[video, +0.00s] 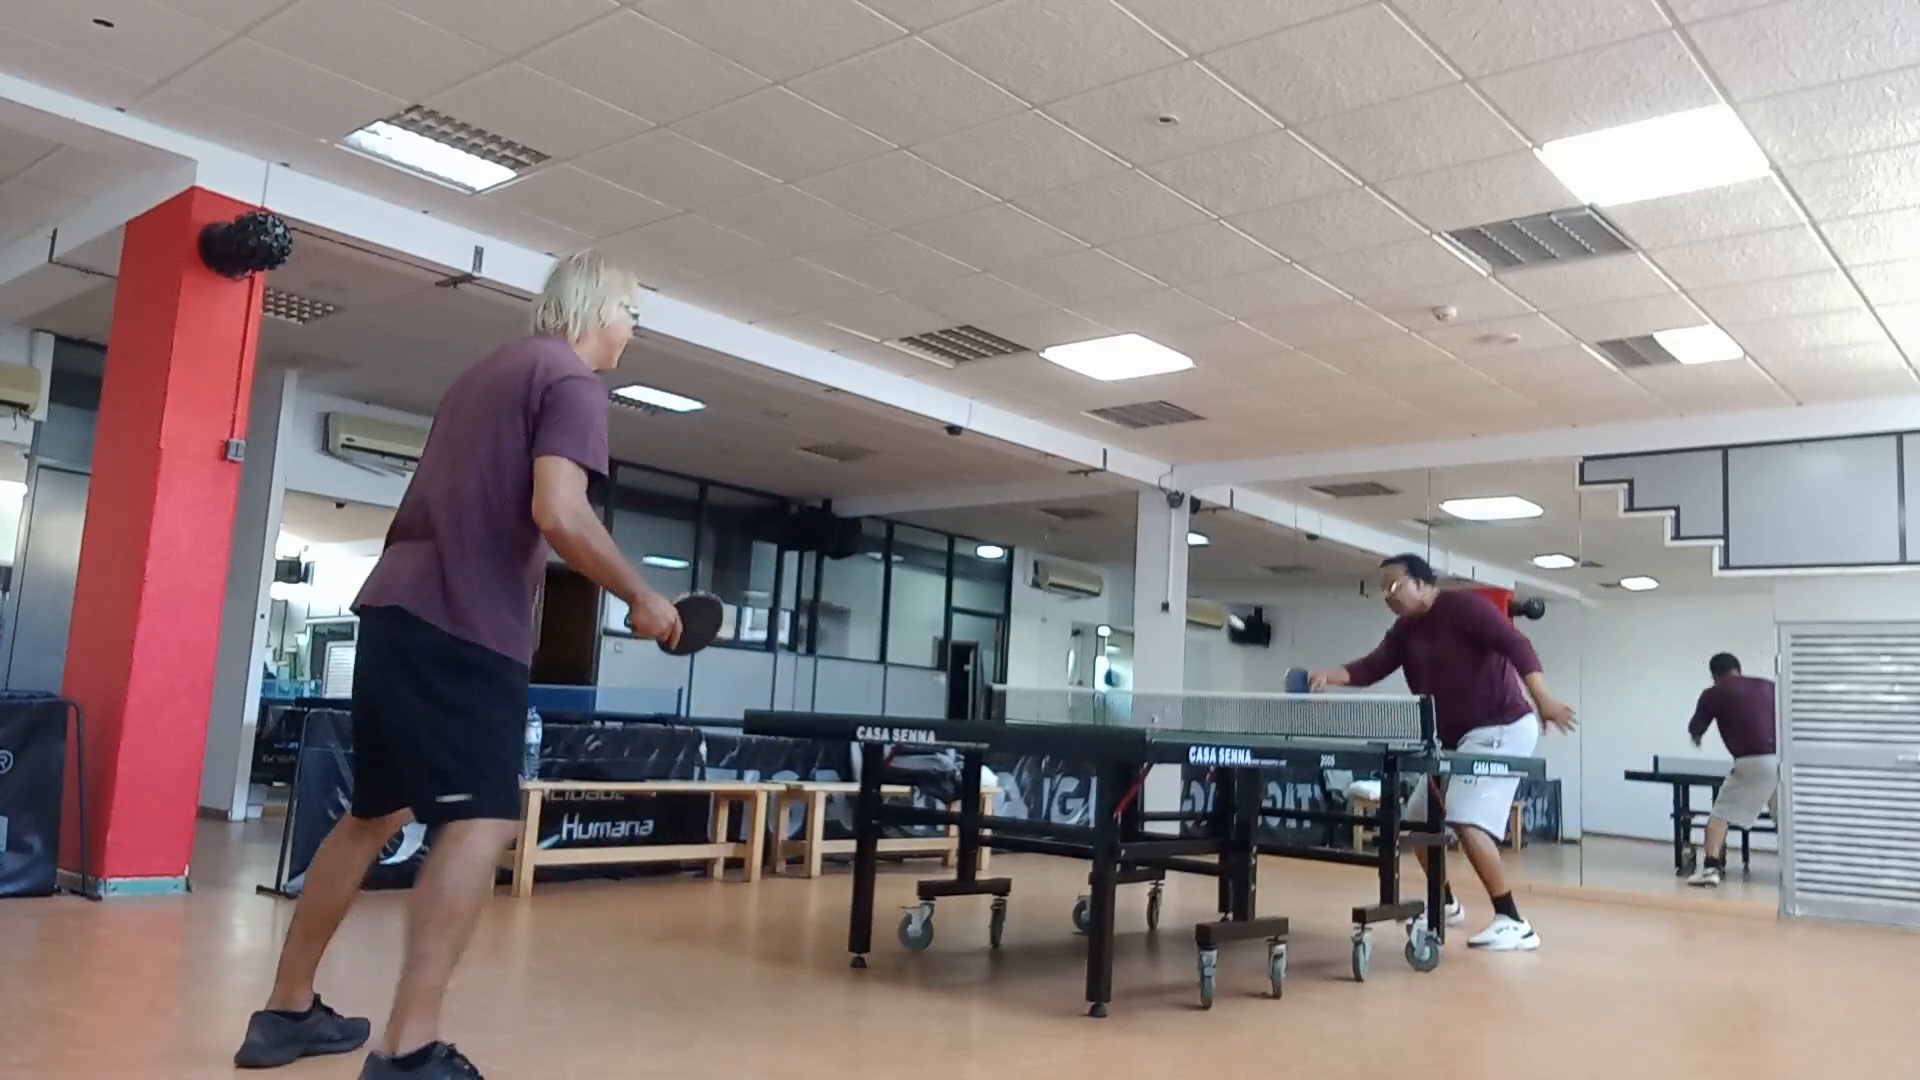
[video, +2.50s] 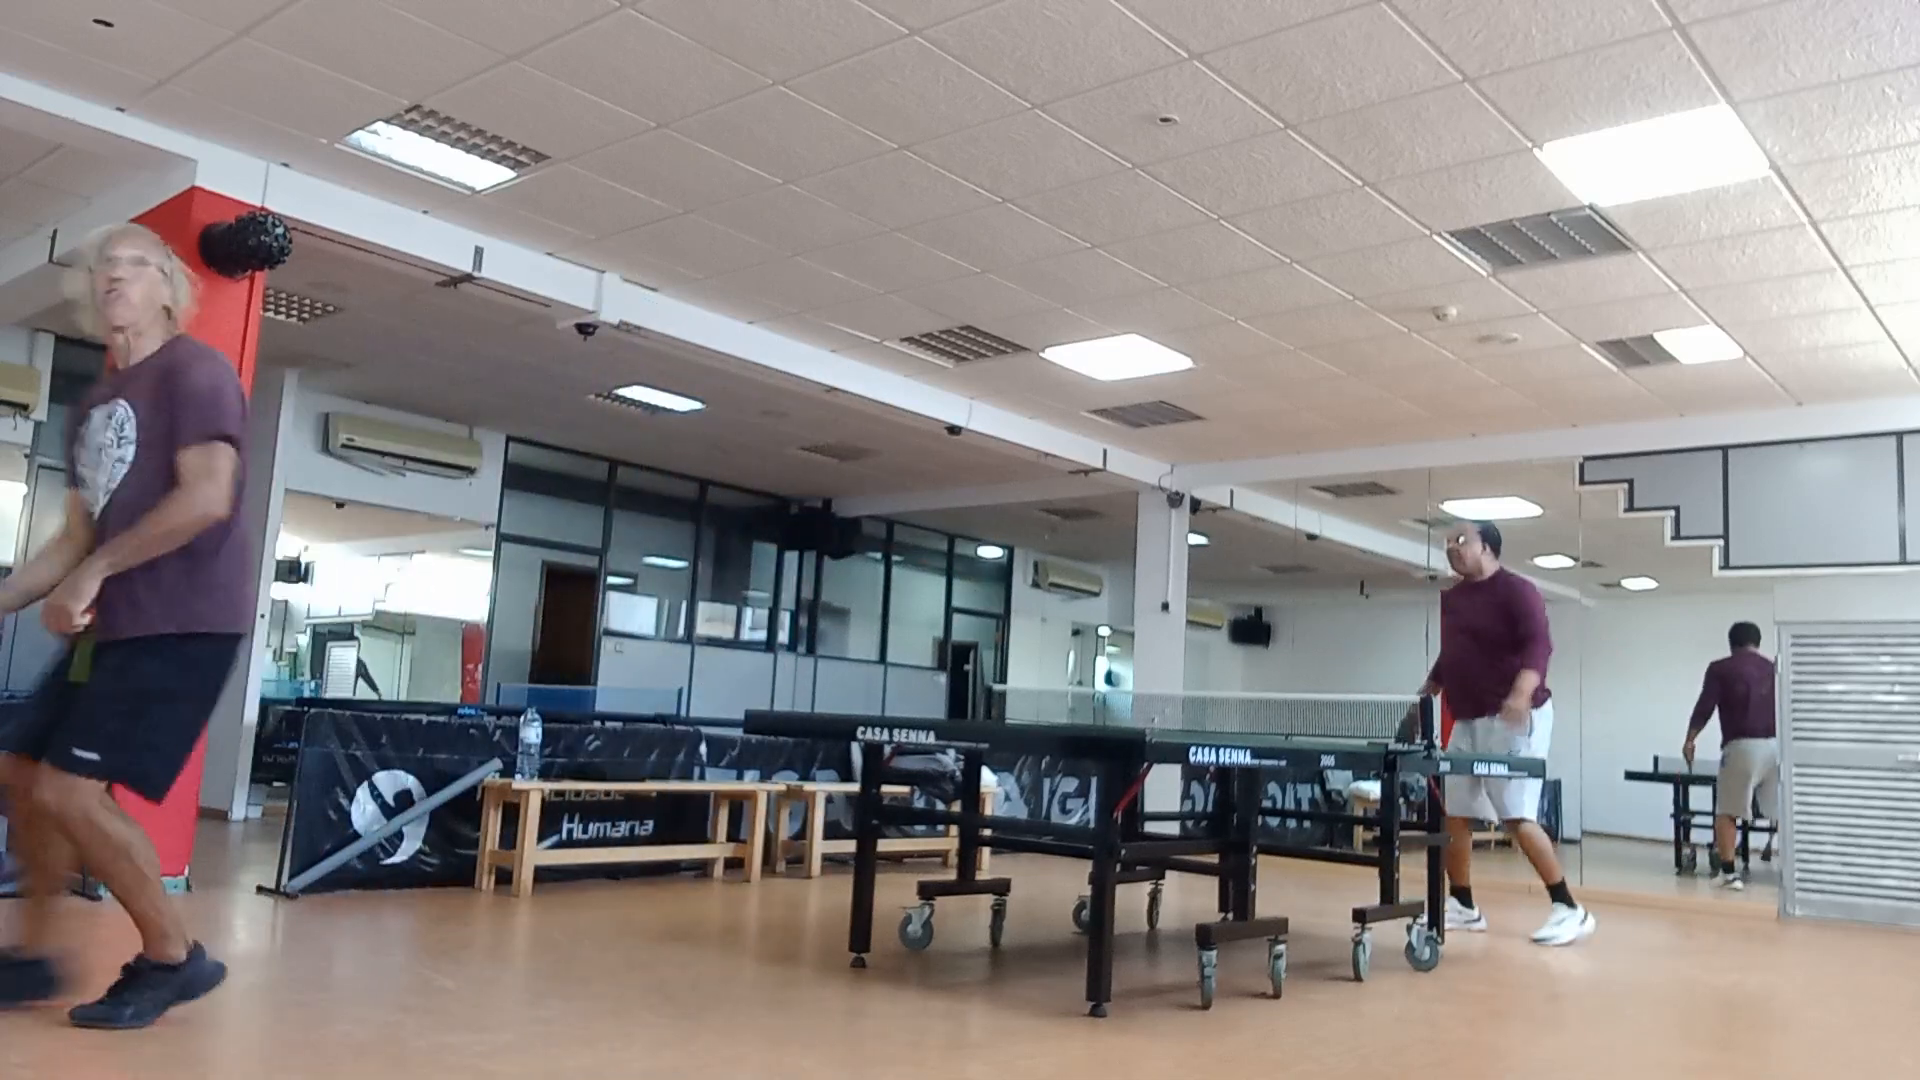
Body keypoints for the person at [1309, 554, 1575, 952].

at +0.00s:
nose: (1388, 597)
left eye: (1393, 586)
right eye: (1383, 592)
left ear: (1419, 581)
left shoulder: (1465, 605)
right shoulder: (1404, 632)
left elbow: (1517, 644)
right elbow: (1371, 667)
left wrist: (1542, 698)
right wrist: (1328, 676)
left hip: (1502, 728)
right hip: (1455, 739)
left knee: (1467, 818)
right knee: (1417, 822)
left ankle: (1512, 922)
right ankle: (1443, 902)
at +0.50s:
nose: (1400, 568)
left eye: (1408, 559)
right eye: (1393, 562)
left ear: (1428, 561)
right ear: (1387, 567)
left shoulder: (1469, 597)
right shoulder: (1379, 606)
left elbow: (1514, 641)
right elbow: (1351, 651)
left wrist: (1548, 692)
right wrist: (1333, 690)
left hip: (1467, 721)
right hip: (1410, 726)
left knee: (1485, 812)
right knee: (1384, 811)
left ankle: (1516, 912)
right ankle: (1384, 894)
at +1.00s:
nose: (1421, 577)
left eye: (1428, 568)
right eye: (1413, 570)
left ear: (1449, 570)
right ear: (1407, 575)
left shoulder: (1485, 606)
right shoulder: (1400, 616)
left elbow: (1530, 661)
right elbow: (1380, 672)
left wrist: (1544, 726)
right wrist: (1371, 721)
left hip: (1492, 734)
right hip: (1430, 740)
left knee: (1524, 821)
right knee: (1393, 814)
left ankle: (1565, 911)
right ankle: (1386, 892)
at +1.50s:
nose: (1440, 591)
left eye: (1448, 582)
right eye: (1433, 584)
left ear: (1467, 577)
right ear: (1426, 584)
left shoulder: (1502, 610)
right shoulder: (1414, 620)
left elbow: (1542, 658)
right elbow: (1386, 675)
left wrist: (1545, 706)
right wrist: (1432, 710)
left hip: (1507, 733)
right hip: (1448, 739)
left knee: (1527, 819)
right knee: (1409, 820)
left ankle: (1567, 911)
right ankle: (1401, 896)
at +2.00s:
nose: (1435, 563)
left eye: (1443, 557)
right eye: (1430, 557)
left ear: (1467, 562)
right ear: (1425, 563)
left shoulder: (1497, 599)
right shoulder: (1407, 601)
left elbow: (1549, 622)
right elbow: (1373, 642)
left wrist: (1599, 639)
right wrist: (1341, 678)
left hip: (1488, 731)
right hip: (1425, 732)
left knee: (1520, 818)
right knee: (1403, 824)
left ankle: (1558, 910)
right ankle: (1396, 897)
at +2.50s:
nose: (1450, 549)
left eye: (1458, 541)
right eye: (1448, 544)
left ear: (1485, 546)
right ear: (1453, 553)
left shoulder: (1519, 591)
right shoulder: (1452, 597)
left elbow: (1539, 646)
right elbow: (1453, 652)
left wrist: (1521, 694)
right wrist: (1427, 693)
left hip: (1515, 716)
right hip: (1466, 719)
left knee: (1516, 815)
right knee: (1455, 812)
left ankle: (1568, 909)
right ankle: (1462, 906)